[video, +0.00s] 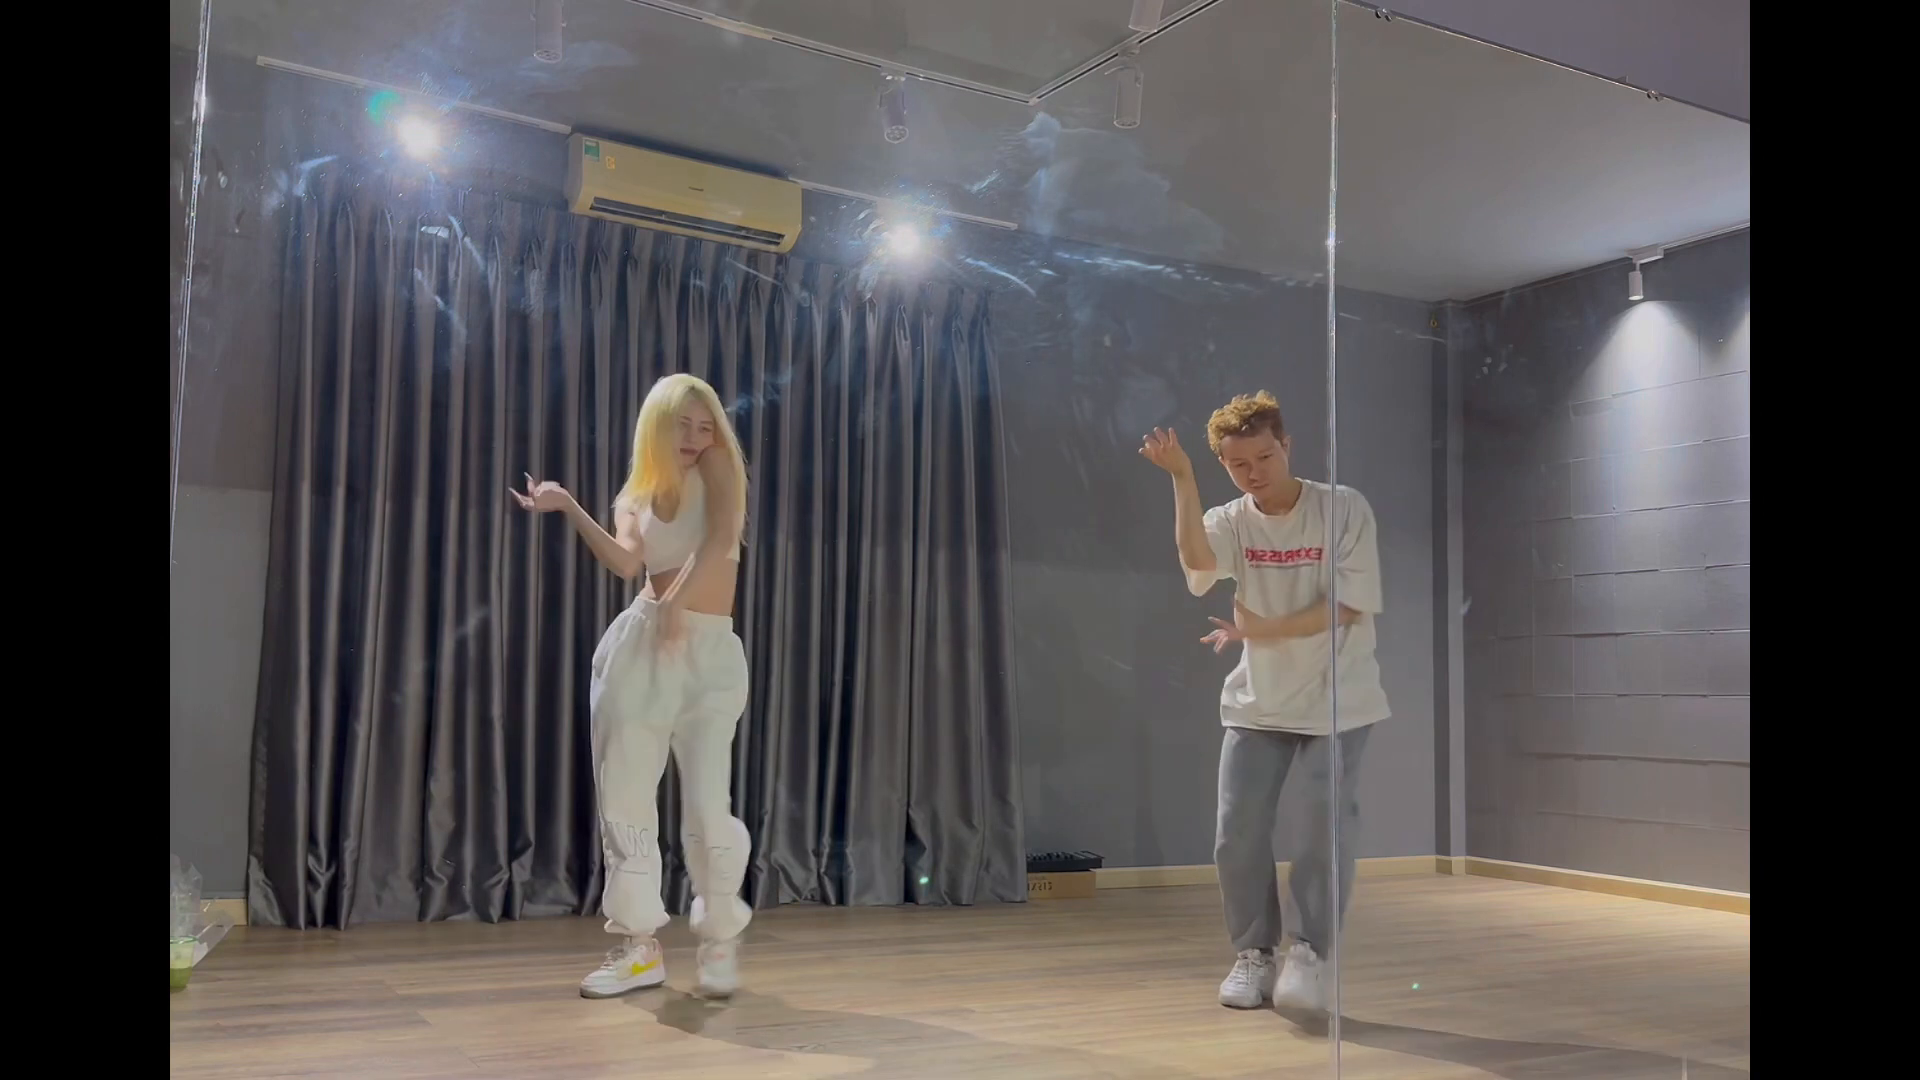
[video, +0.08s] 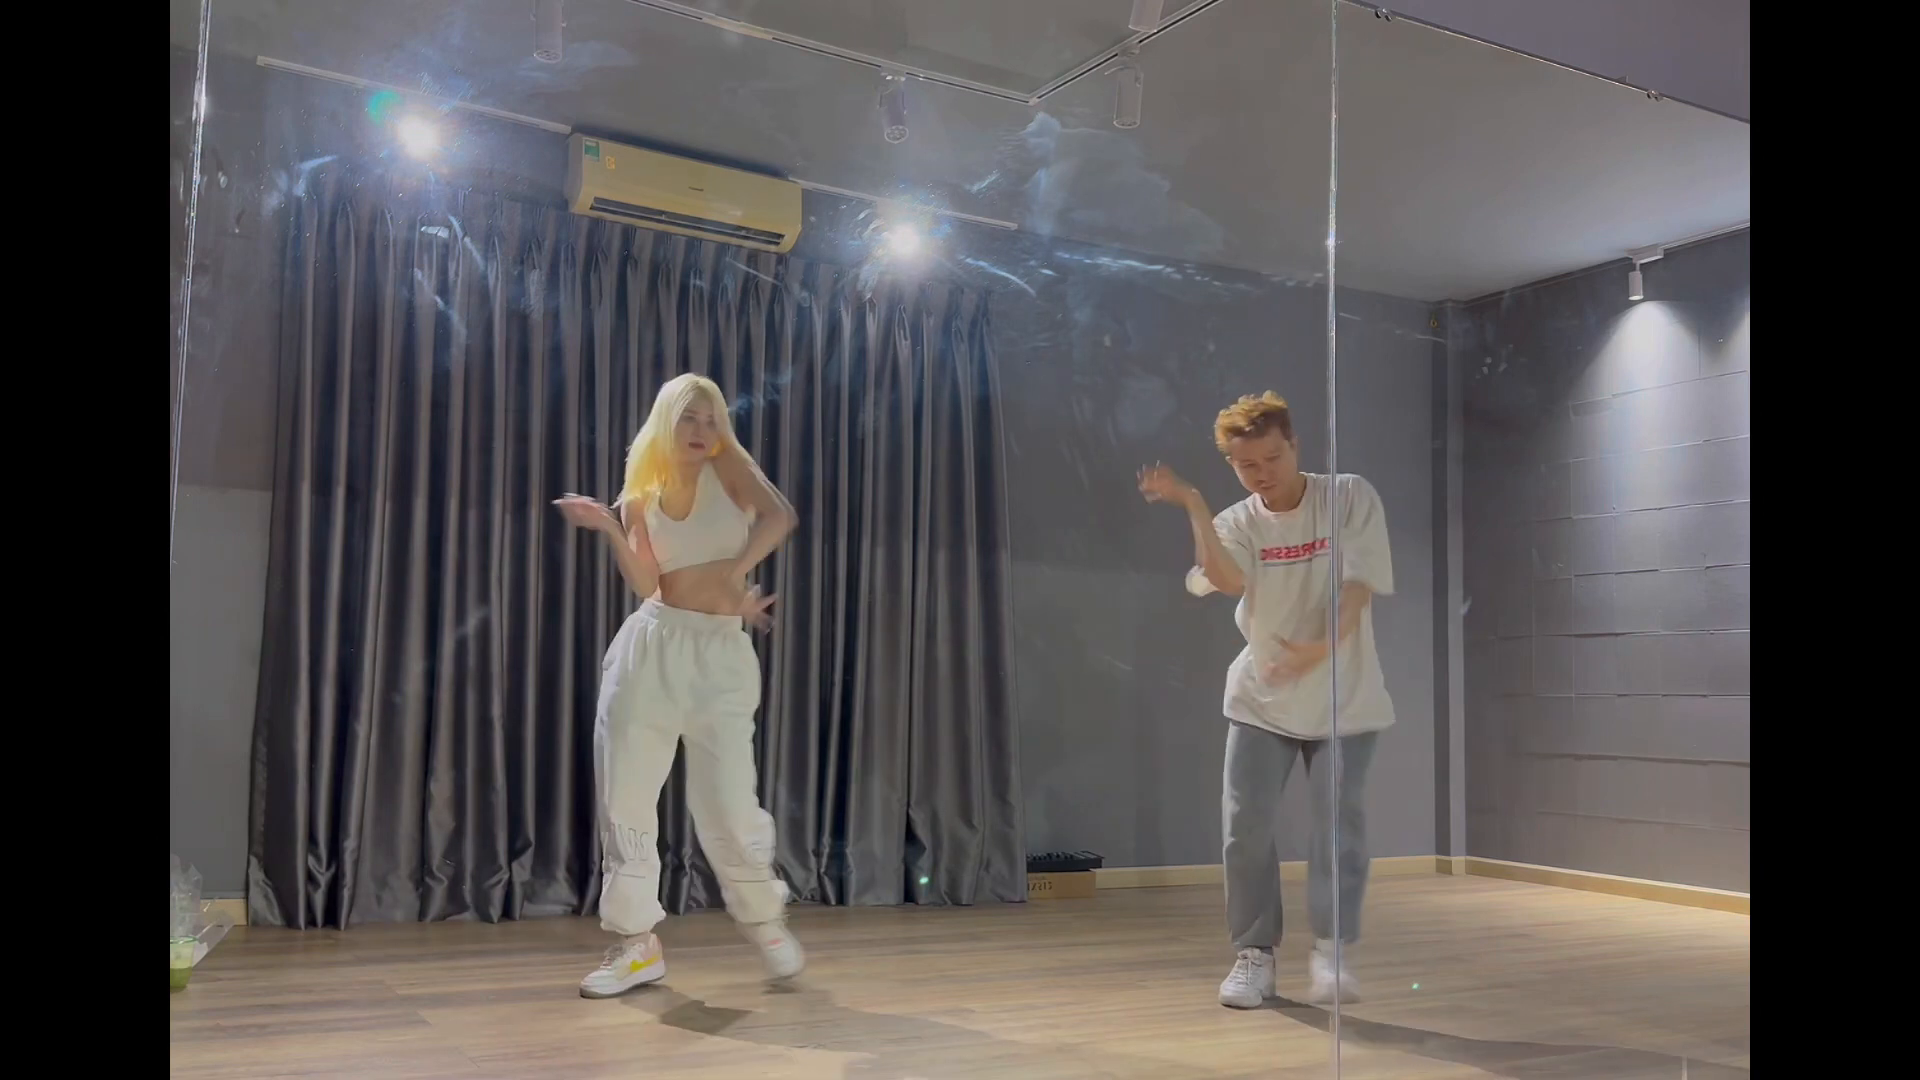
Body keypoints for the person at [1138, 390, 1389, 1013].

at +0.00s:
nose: (1249, 475)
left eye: (1259, 459)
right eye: (1236, 464)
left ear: (1285, 447)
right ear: (1224, 464)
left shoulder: (1345, 510)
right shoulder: (1230, 520)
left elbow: (1351, 608)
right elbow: (1197, 566)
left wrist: (1259, 629)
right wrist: (1183, 476)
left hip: (1339, 700)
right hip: (1259, 700)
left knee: (1320, 825)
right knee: (1237, 827)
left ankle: (1310, 957)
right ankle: (1254, 955)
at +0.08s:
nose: (1258, 476)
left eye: (1267, 460)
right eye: (1244, 465)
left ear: (1292, 446)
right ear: (1232, 466)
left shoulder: (1349, 497)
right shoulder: (1234, 522)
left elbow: (1359, 589)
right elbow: (1228, 580)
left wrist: (1316, 648)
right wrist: (1194, 504)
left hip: (1343, 691)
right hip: (1263, 694)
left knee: (1340, 823)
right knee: (1243, 822)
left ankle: (1330, 952)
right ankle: (1254, 954)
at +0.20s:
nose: (1294, 484)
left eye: (1305, 468)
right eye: (1280, 472)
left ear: (1325, 459)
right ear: (1262, 469)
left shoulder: (1365, 512)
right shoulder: (1243, 527)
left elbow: (1403, 576)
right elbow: (1262, 594)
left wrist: (1396, 525)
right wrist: (1326, 607)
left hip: (1369, 704)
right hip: (1281, 705)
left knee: (1376, 819)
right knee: (1214, 805)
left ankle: (1398, 937)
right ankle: (1259, 953)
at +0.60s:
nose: (1331, 409)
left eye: (1341, 398)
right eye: (1315, 400)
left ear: (1357, 407)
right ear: (1291, 413)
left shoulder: (1391, 480)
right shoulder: (1271, 477)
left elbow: (1458, 493)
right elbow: (1302, 554)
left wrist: (1441, 421)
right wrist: (1393, 568)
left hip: (1368, 674)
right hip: (1281, 673)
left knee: (1393, 809)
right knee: (1248, 804)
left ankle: (1415, 946)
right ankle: (1238, 944)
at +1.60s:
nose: (1320, 461)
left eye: (1328, 449)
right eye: (1307, 448)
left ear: (1339, 453)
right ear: (1278, 452)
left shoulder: (1359, 509)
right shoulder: (1246, 507)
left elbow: (1347, 495)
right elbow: (1288, 561)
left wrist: (1345, 417)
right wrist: (1376, 567)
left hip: (1344, 705)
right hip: (1261, 704)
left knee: (1404, 818)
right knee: (1227, 810)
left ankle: (1378, 953)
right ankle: (1187, 942)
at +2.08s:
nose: (1354, 483)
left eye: (1360, 475)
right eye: (1345, 467)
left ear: (1362, 476)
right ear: (1307, 459)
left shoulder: (1322, 513)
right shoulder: (1286, 518)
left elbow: (1359, 475)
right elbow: (1369, 583)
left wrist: (1409, 442)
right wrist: (1422, 599)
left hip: (1407, 710)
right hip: (1341, 724)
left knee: (1451, 836)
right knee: (1302, 844)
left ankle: (1390, 962)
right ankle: (1204, 942)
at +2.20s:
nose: (1391, 460)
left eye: (1394, 448)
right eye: (1380, 445)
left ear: (1378, 455)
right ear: (1340, 450)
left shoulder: (1364, 510)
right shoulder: (1324, 509)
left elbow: (1419, 525)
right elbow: (1357, 545)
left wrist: (1399, 453)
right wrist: (1398, 466)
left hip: (1424, 700)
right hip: (1378, 710)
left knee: (1449, 835)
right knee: (1440, 836)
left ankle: (1392, 960)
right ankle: (1332, 889)